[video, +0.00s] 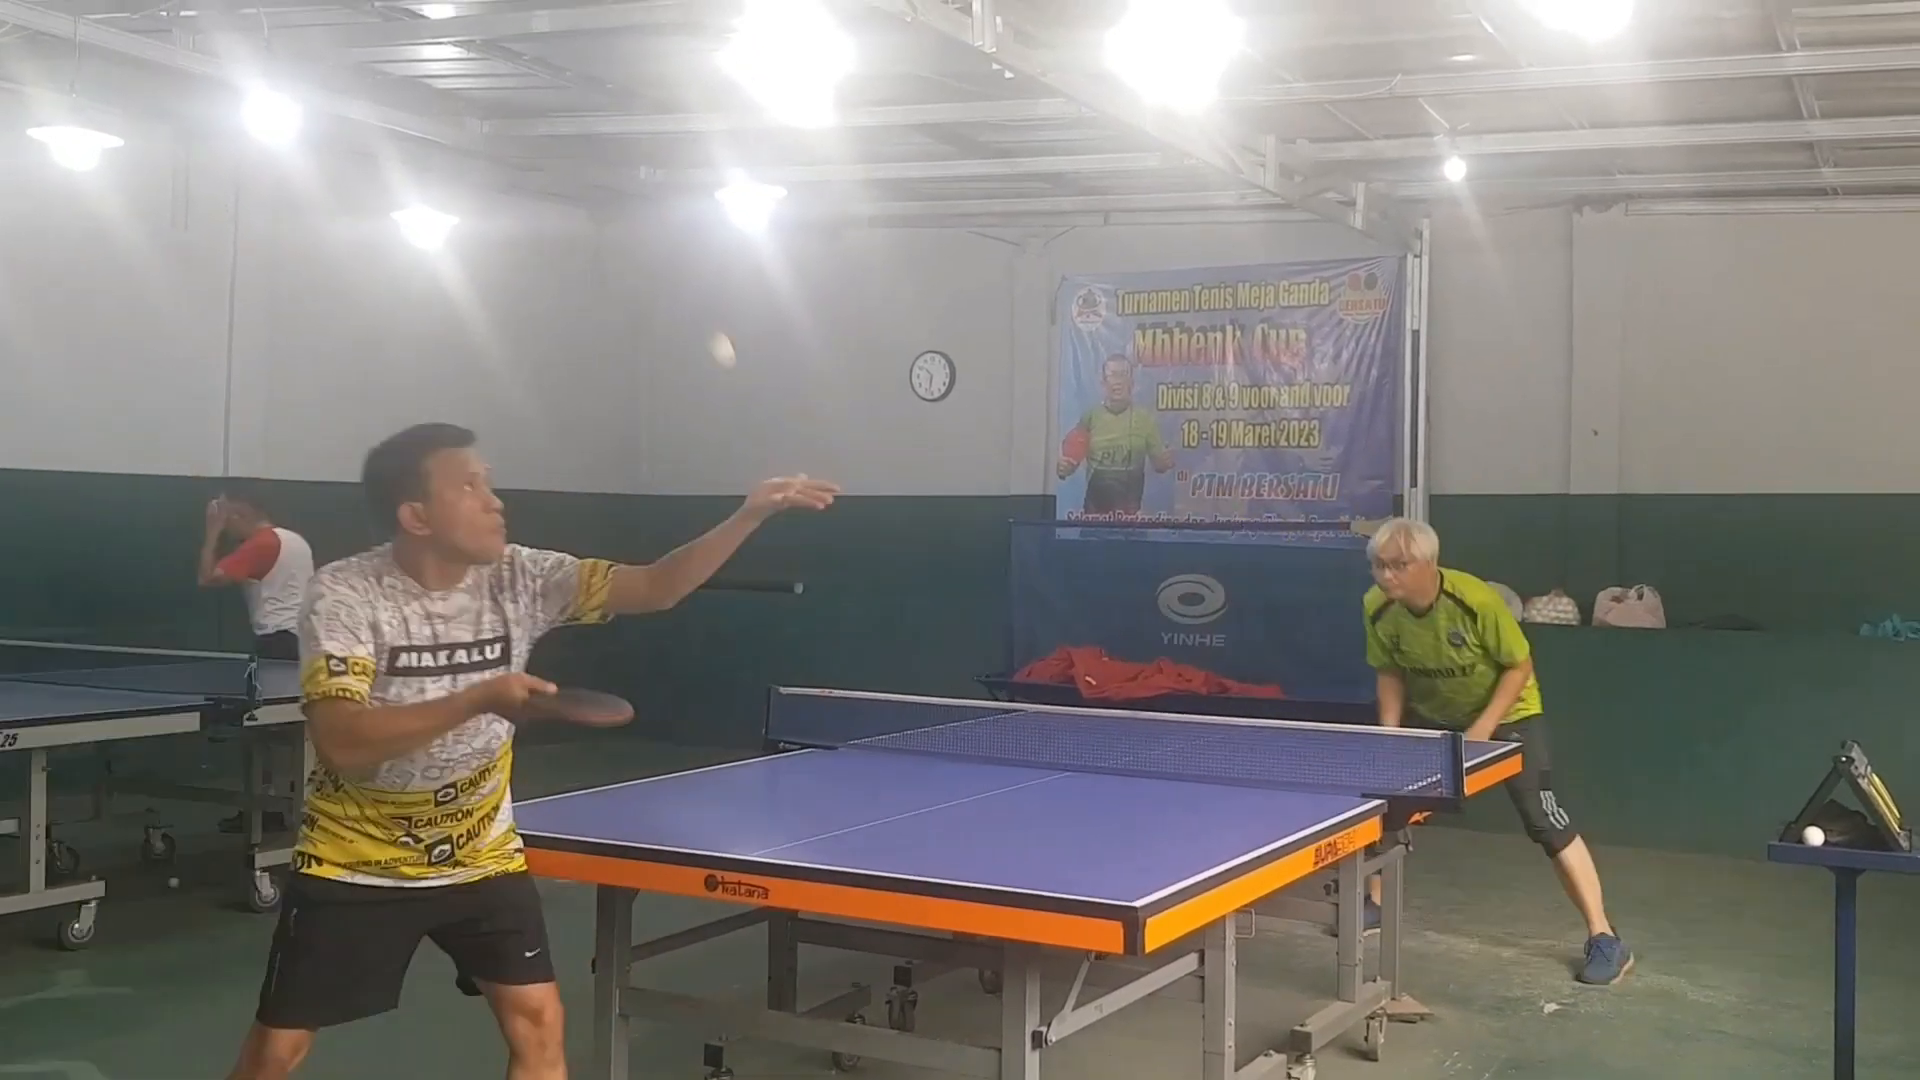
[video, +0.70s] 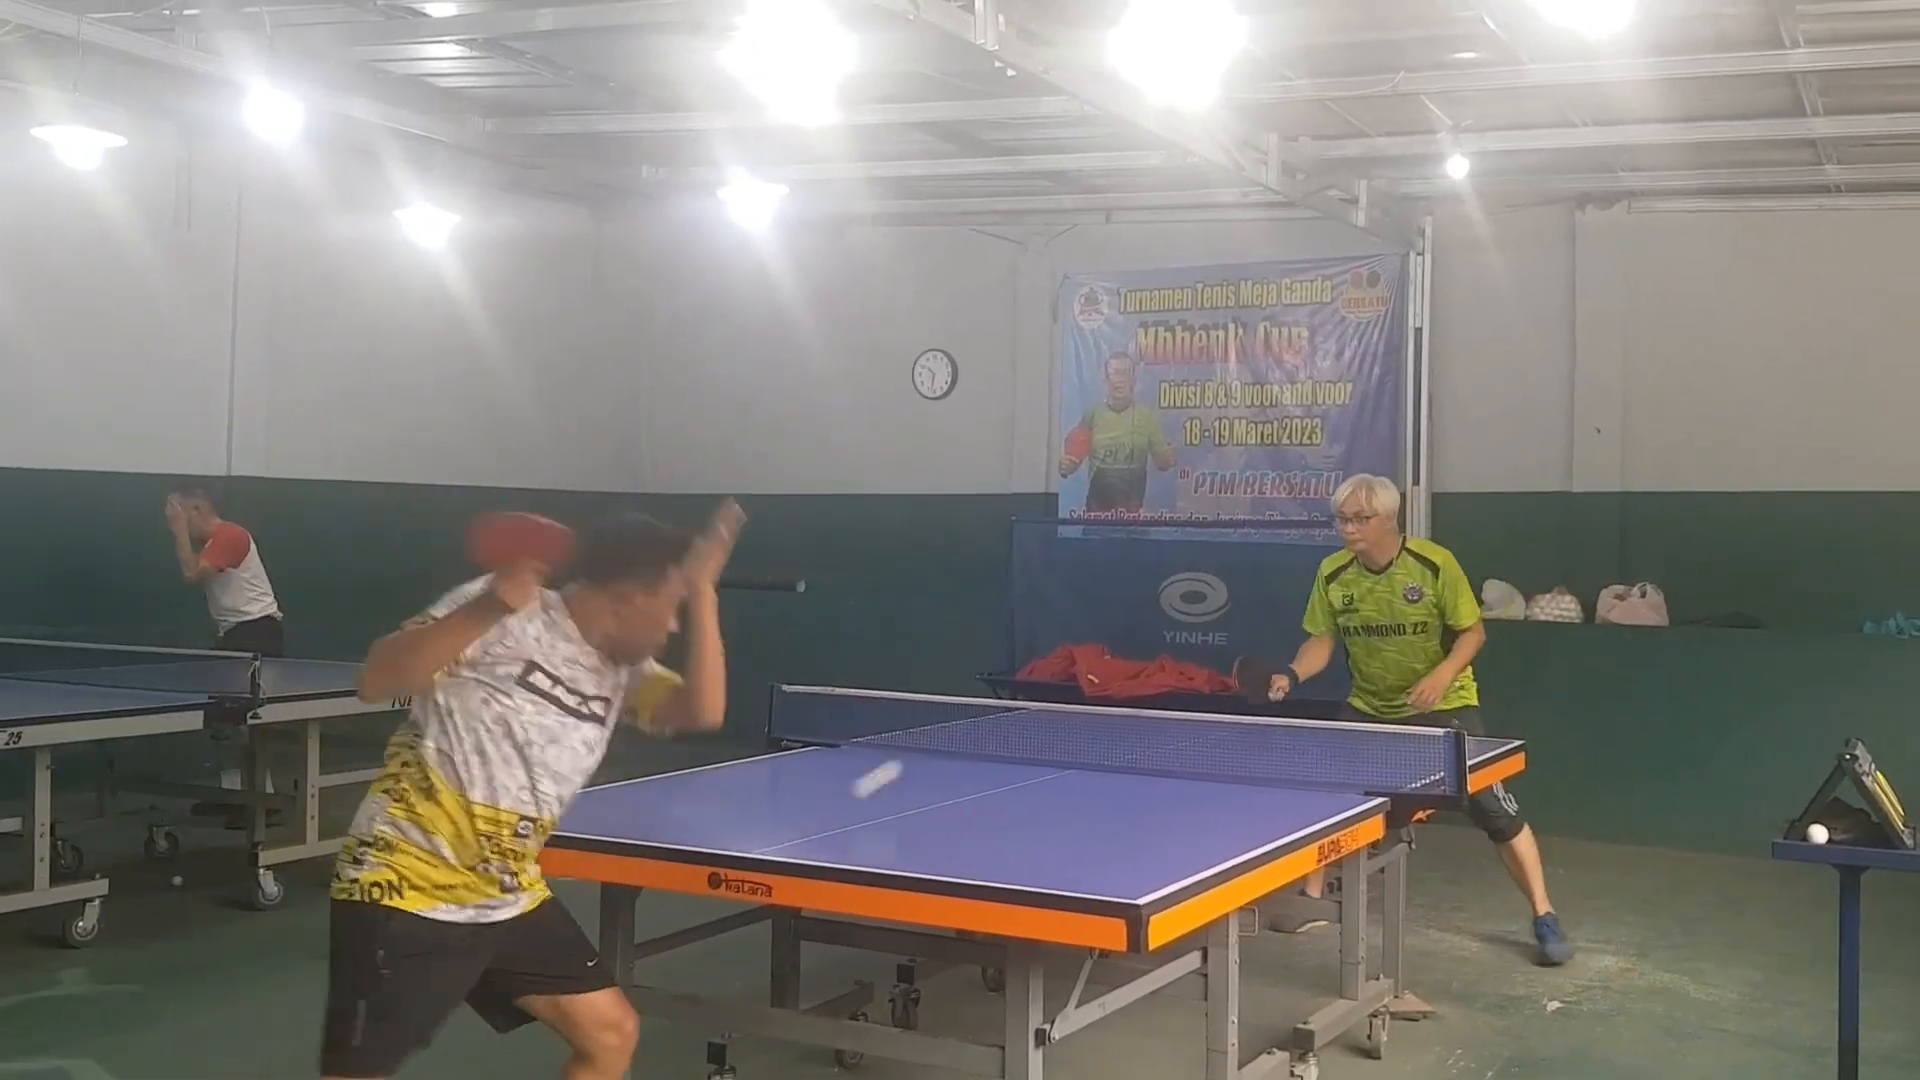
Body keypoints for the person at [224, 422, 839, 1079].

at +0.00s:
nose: (496, 499)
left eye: (490, 484)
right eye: (474, 488)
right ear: (414, 516)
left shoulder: (520, 578)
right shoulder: (348, 591)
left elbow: (654, 585)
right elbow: (340, 741)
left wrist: (753, 512)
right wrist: (477, 699)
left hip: (481, 852)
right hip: (356, 857)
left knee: (537, 1021)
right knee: (275, 1049)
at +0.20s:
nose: (451, 482)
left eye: (444, 466)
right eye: (425, 470)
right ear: (368, 502)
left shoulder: (479, 570)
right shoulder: (296, 578)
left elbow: (620, 597)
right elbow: (249, 713)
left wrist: (725, 561)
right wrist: (395, 698)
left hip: (436, 836)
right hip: (312, 848)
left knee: (519, 993)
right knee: (260, 1051)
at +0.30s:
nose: (457, 484)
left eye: (453, 467)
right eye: (435, 471)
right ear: (373, 502)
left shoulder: (482, 571)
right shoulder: (297, 565)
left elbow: (618, 602)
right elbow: (208, 660)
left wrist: (727, 563)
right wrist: (360, 653)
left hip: (426, 826)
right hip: (306, 842)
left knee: (534, 963)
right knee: (256, 1044)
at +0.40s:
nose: (487, 508)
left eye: (484, 489)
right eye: (467, 493)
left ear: (481, 500)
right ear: (403, 514)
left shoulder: (510, 581)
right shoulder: (326, 560)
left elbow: (643, 608)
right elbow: (191, 597)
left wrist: (743, 557)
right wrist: (320, 600)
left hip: (434, 828)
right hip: (316, 843)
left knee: (541, 962)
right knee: (257, 1050)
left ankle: (426, 1058)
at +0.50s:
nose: (537, 536)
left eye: (541, 517)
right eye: (517, 517)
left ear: (546, 521)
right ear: (459, 525)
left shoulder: (552, 596)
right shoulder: (390, 559)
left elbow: (680, 610)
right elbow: (245, 553)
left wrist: (736, 536)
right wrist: (374, 614)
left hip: (453, 837)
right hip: (338, 842)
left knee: (558, 979)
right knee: (265, 1048)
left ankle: (450, 1069)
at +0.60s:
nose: (620, 583)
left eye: (624, 564)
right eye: (611, 560)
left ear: (576, 555)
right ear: (558, 549)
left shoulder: (588, 625)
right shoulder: (460, 573)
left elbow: (685, 642)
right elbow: (342, 604)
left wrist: (681, 532)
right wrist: (475, 659)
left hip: (484, 868)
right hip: (370, 863)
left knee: (577, 1025)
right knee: (294, 1060)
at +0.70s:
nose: (678, 622)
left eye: (684, 607)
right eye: (674, 603)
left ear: (626, 600)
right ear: (626, 595)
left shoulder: (619, 671)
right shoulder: (505, 604)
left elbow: (704, 710)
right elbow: (377, 677)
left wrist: (702, 592)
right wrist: (490, 608)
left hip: (506, 893)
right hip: (401, 888)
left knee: (611, 1034)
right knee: (353, 1070)